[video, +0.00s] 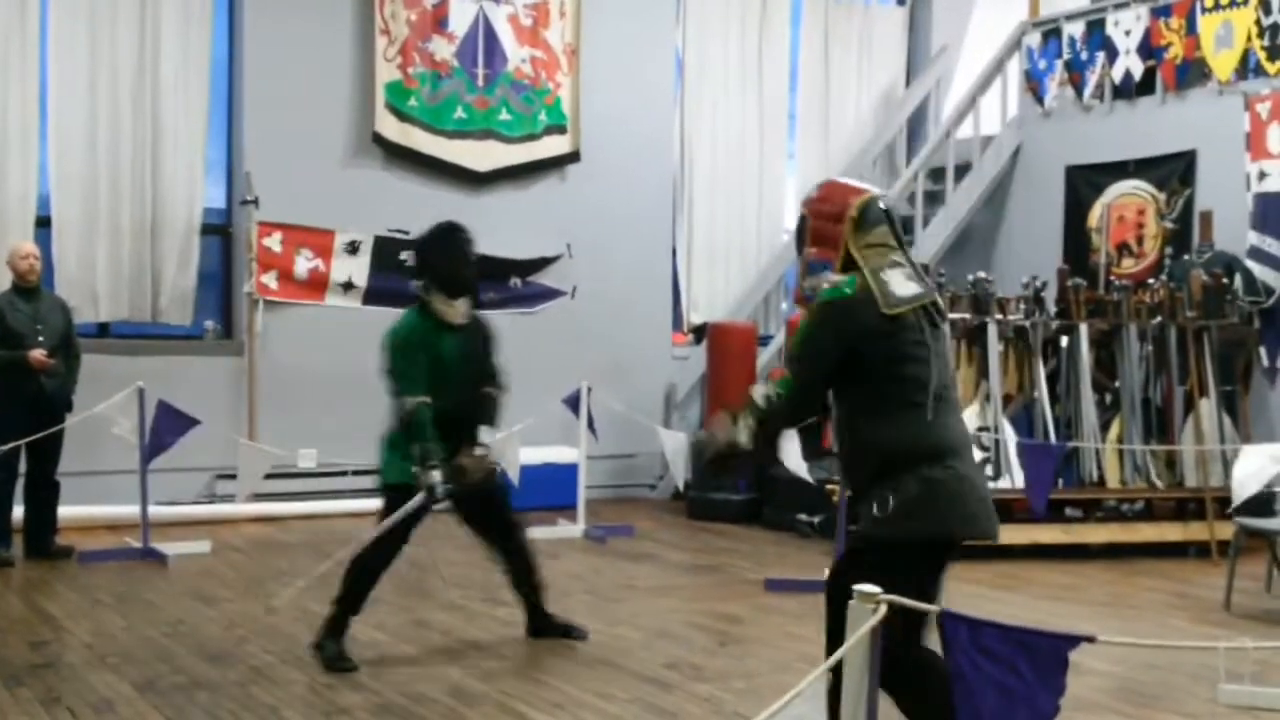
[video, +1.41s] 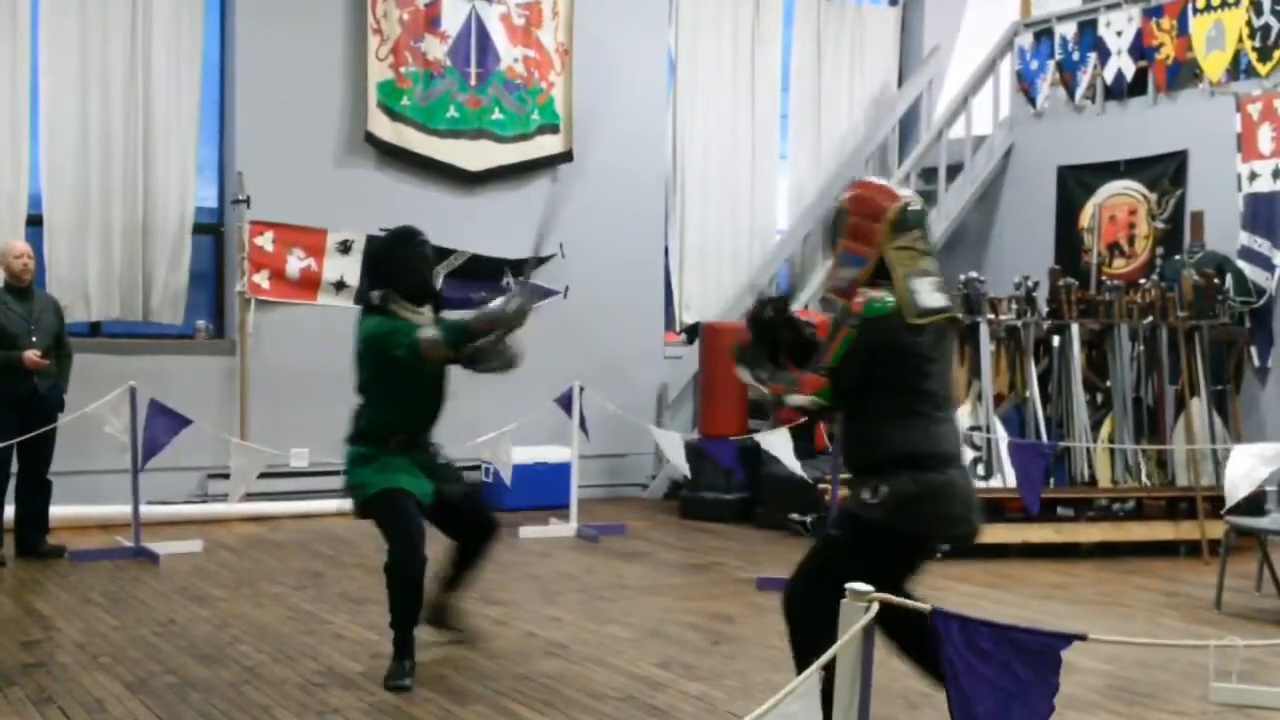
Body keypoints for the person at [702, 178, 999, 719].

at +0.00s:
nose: (806, 251)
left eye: (812, 238)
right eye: (806, 238)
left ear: (835, 240)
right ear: (873, 234)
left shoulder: (843, 303)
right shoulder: (912, 293)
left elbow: (798, 392)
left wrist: (748, 423)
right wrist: (769, 401)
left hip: (905, 501)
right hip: (947, 494)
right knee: (896, 644)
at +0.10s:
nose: (779, 245)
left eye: (784, 232)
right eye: (779, 232)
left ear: (803, 232)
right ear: (840, 225)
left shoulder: (807, 295)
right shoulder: (884, 282)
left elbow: (758, 371)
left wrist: (730, 377)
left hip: (883, 480)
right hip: (924, 470)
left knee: (832, 596)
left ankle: (929, 709)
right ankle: (842, 704)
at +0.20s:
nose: (766, 249)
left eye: (770, 238)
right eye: (766, 237)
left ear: (788, 241)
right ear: (826, 235)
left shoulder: (789, 304)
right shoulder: (861, 292)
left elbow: (737, 369)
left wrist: (714, 363)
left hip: (850, 484)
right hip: (895, 476)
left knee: (830, 618)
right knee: (798, 562)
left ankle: (926, 715)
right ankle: (801, 673)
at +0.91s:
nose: (759, 270)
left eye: (764, 261)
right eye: (761, 261)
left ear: (780, 259)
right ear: (811, 262)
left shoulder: (784, 307)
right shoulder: (828, 316)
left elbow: (722, 371)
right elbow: (767, 401)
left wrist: (681, 364)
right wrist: (697, 370)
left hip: (804, 480)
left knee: (778, 597)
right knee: (743, 553)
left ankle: (867, 702)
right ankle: (773, 674)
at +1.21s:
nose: (801, 244)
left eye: (811, 233)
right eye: (805, 232)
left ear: (831, 241)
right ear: (851, 242)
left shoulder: (840, 308)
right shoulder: (857, 305)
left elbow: (784, 372)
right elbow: (805, 367)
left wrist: (723, 353)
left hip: (841, 486)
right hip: (855, 482)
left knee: (776, 602)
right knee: (802, 594)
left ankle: (811, 696)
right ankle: (808, 685)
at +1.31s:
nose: (810, 254)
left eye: (818, 242)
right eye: (813, 241)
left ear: (838, 248)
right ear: (871, 246)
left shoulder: (851, 316)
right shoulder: (893, 308)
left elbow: (794, 390)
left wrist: (751, 376)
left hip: (865, 492)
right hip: (902, 486)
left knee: (787, 601)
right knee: (833, 591)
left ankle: (831, 706)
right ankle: (884, 696)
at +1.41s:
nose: (841, 247)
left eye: (849, 235)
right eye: (843, 234)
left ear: (869, 240)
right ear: (904, 239)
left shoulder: (874, 311)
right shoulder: (930, 306)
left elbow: (831, 390)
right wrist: (807, 347)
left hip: (894, 498)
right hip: (941, 493)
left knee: (808, 595)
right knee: (879, 592)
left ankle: (832, 707)